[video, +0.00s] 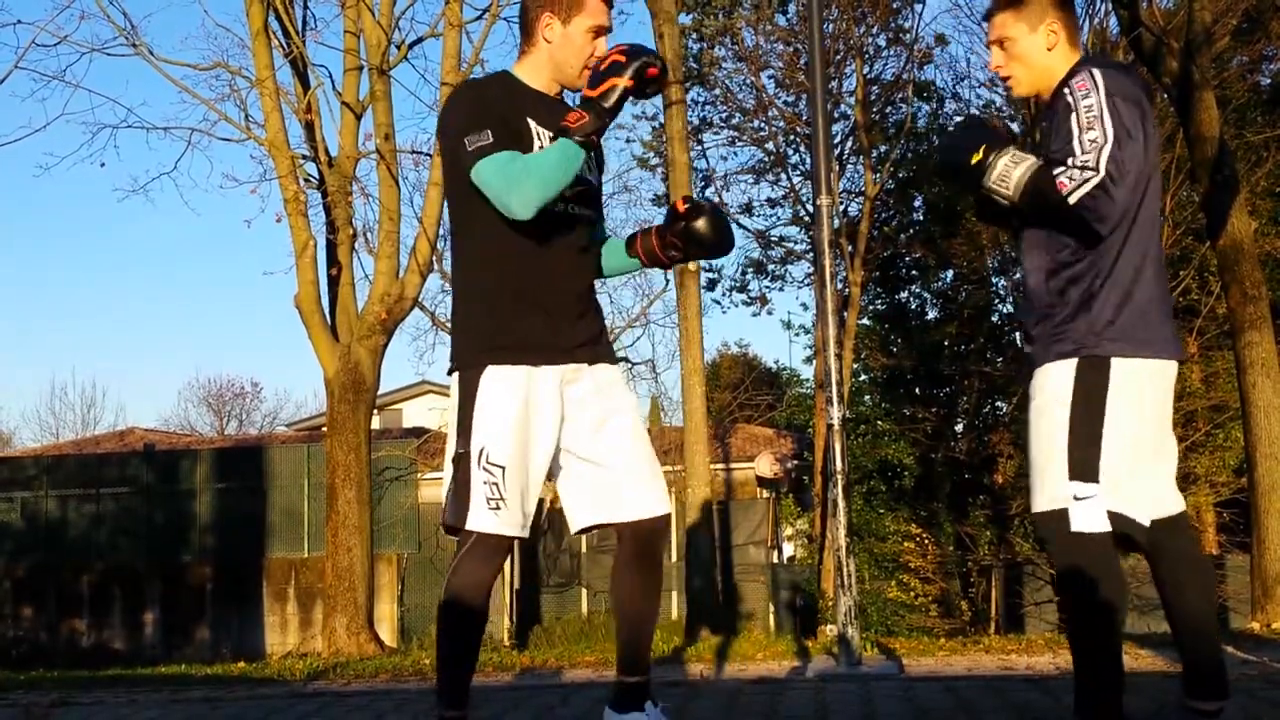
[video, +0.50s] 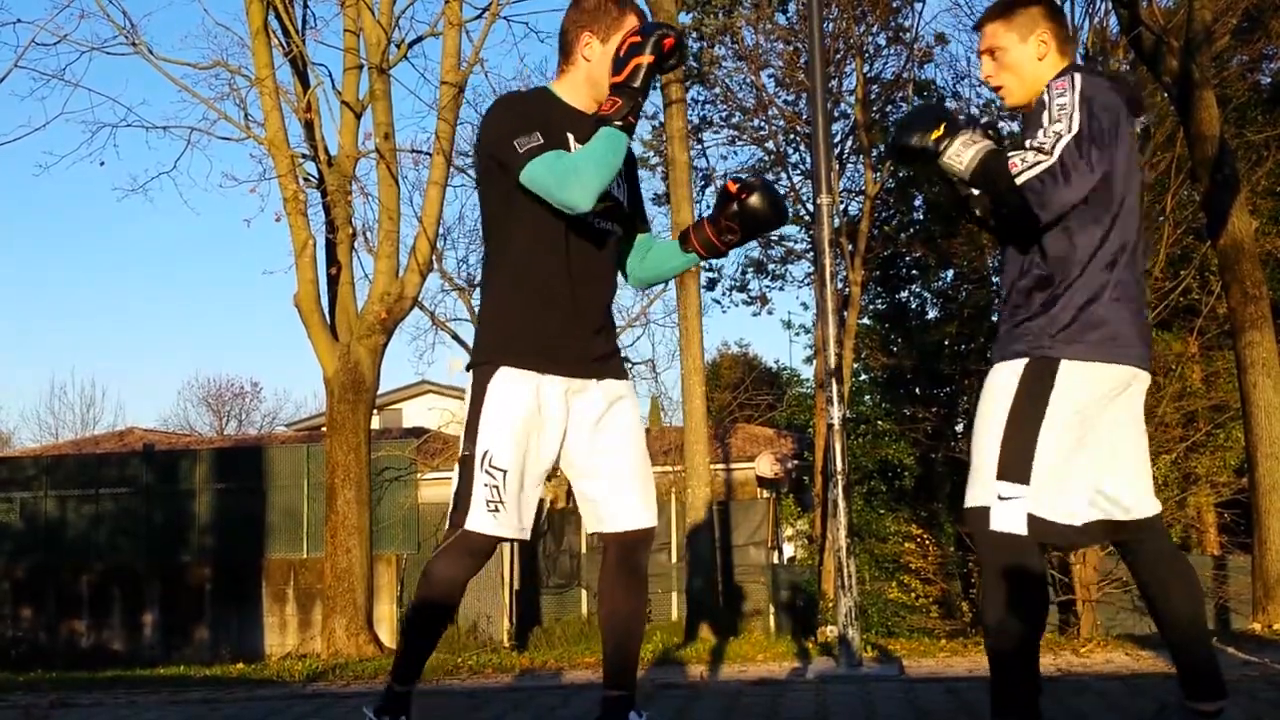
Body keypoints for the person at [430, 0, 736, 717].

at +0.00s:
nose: (604, 44)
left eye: (606, 31)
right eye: (595, 28)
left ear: (561, 30)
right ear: (548, 26)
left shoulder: (578, 123)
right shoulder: (476, 100)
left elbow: (578, 256)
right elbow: (516, 195)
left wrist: (648, 246)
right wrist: (591, 121)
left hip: (586, 354)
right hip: (504, 354)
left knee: (645, 516)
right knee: (491, 532)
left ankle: (631, 700)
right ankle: (451, 712)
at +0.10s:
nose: (613, 46)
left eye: (616, 33)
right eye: (604, 29)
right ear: (556, 28)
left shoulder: (591, 134)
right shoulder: (483, 104)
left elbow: (596, 257)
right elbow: (530, 193)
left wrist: (664, 241)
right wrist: (588, 106)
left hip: (593, 358)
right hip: (511, 356)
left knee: (625, 529)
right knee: (494, 535)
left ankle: (619, 708)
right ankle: (450, 712)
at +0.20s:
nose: (626, 49)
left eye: (630, 37)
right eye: (617, 33)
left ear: (587, 38)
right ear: (570, 31)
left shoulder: (605, 136)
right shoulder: (497, 108)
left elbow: (615, 259)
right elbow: (545, 192)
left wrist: (686, 240)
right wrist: (604, 107)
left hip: (600, 362)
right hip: (518, 357)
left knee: (621, 530)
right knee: (498, 533)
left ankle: (616, 708)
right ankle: (452, 711)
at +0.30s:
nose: (641, 55)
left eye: (644, 42)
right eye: (632, 38)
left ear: (602, 42)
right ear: (588, 35)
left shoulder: (617, 144)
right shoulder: (511, 111)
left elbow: (634, 260)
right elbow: (562, 193)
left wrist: (707, 238)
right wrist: (618, 112)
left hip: (604, 364)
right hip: (522, 358)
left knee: (622, 532)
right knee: (497, 529)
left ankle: (618, 707)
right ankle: (450, 706)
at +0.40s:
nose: (644, 64)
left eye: (647, 51)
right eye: (636, 47)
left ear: (600, 48)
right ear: (595, 44)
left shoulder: (623, 149)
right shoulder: (517, 114)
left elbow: (641, 263)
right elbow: (575, 191)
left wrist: (716, 236)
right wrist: (626, 105)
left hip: (604, 369)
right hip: (521, 362)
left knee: (627, 528)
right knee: (493, 528)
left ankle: (618, 705)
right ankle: (429, 700)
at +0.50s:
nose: (637, 74)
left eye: (643, 61)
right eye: (632, 54)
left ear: (609, 56)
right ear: (592, 45)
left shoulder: (615, 151)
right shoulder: (514, 115)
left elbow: (638, 264)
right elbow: (573, 187)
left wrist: (709, 234)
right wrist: (630, 105)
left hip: (600, 369)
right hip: (519, 364)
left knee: (629, 529)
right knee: (481, 530)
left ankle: (620, 707)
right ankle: (396, 696)